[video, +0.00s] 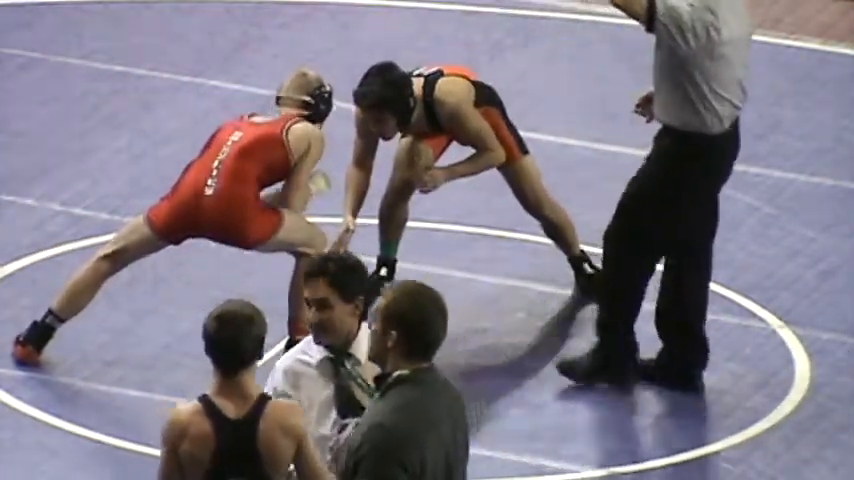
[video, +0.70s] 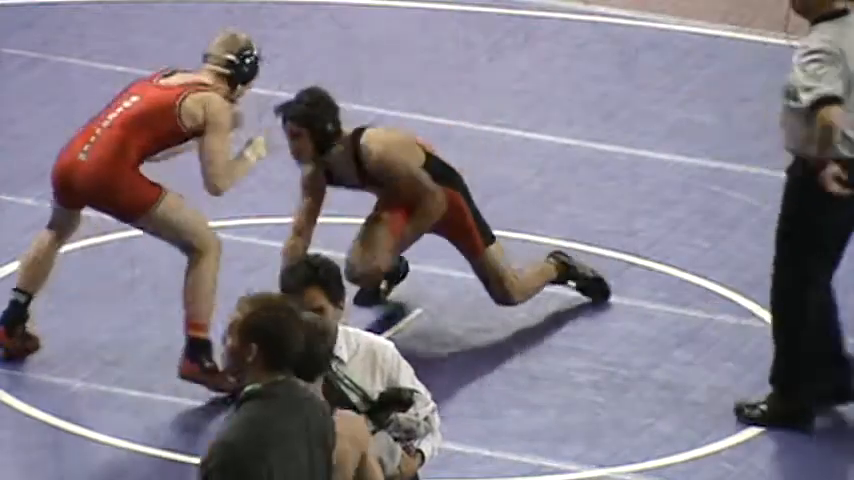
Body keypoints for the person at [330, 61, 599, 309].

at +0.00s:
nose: (370, 130)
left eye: (378, 123)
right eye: (367, 121)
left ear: (402, 114)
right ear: (363, 110)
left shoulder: (449, 103)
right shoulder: (369, 114)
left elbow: (494, 153)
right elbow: (359, 164)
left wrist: (446, 174)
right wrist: (349, 219)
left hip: (479, 108)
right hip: (432, 117)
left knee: (536, 202)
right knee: (399, 185)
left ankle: (583, 266)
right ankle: (385, 269)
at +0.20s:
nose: (369, 108)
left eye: (376, 101)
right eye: (365, 101)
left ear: (399, 94)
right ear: (361, 96)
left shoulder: (440, 98)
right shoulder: (365, 113)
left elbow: (483, 157)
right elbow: (357, 162)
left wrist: (432, 164)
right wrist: (340, 206)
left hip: (472, 138)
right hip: (426, 144)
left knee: (538, 229)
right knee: (388, 203)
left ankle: (581, 270)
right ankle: (384, 272)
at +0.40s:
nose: (370, 100)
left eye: (377, 95)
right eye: (369, 93)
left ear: (401, 95)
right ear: (371, 89)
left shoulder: (435, 109)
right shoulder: (371, 104)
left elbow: (395, 178)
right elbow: (339, 149)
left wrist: (338, 162)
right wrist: (315, 148)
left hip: (485, 153)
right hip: (441, 150)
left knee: (531, 248)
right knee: (390, 197)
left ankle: (590, 258)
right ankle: (390, 273)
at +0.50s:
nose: (346, 96)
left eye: (354, 90)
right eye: (345, 87)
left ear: (379, 90)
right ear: (352, 86)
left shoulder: (414, 119)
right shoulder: (358, 98)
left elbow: (395, 204)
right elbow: (320, 140)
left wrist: (335, 212)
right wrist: (304, 175)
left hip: (473, 159)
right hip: (426, 157)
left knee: (530, 259)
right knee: (377, 206)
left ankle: (593, 257)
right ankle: (395, 271)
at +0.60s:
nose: (322, 108)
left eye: (328, 101)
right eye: (320, 100)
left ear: (354, 99)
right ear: (324, 97)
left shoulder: (397, 133)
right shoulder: (335, 117)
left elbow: (411, 213)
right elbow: (315, 176)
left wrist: (358, 255)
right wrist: (297, 233)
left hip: (457, 179)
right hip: (411, 175)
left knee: (522, 273)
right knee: (363, 230)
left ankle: (581, 256)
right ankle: (395, 268)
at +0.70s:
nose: (291, 146)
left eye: (297, 137)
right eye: (288, 137)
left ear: (323, 133)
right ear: (302, 138)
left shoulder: (378, 154)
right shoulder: (316, 170)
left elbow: (434, 203)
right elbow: (301, 233)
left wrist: (391, 250)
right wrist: (289, 285)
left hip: (442, 190)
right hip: (397, 197)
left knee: (507, 292)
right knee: (358, 271)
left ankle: (561, 267)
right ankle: (392, 278)